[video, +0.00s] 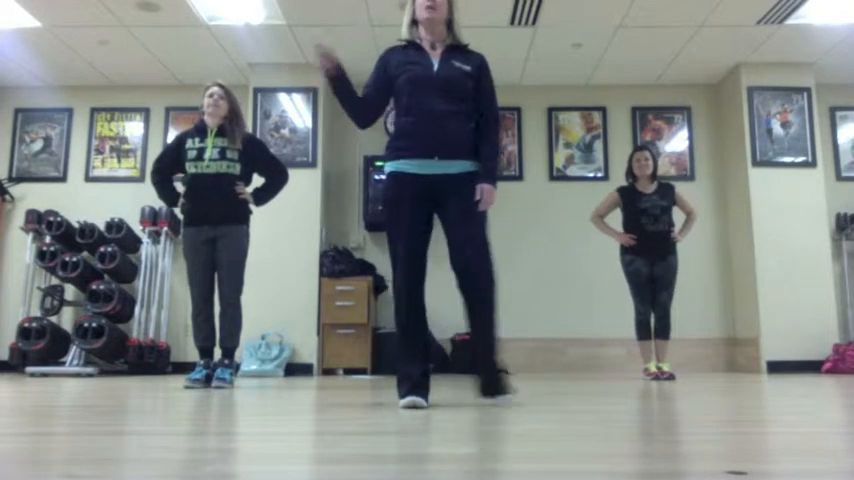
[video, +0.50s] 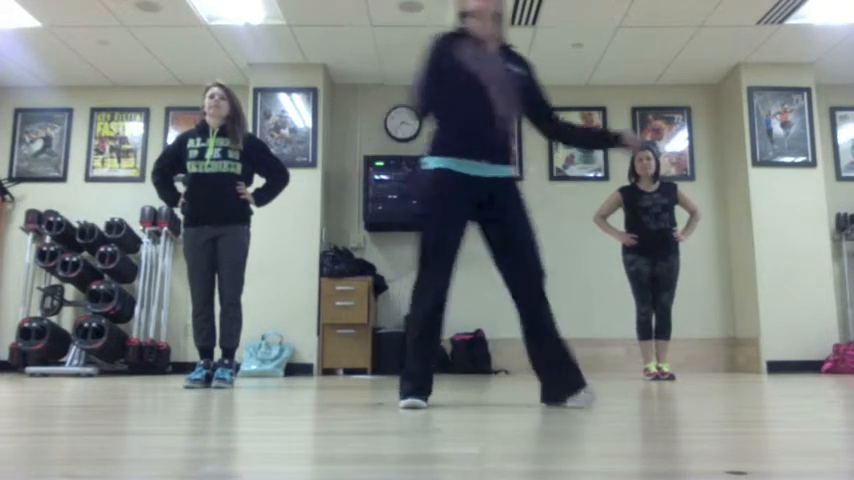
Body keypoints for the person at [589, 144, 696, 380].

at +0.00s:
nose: (642, 164)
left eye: (646, 160)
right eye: (638, 161)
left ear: (654, 163)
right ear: (631, 166)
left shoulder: (667, 191)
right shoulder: (624, 193)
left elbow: (692, 213)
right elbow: (595, 217)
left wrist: (680, 235)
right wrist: (617, 235)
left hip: (665, 253)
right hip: (636, 255)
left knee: (663, 307)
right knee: (642, 309)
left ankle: (662, 362)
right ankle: (648, 363)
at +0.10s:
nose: (642, 164)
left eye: (646, 160)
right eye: (638, 161)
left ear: (654, 163)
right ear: (632, 165)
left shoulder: (668, 190)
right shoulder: (624, 193)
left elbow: (692, 213)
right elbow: (596, 217)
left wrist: (681, 235)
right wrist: (617, 235)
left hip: (665, 253)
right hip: (636, 255)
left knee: (663, 307)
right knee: (643, 309)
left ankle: (662, 362)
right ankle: (648, 363)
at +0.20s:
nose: (643, 164)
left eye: (647, 159)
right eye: (639, 160)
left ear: (655, 163)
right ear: (632, 165)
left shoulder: (668, 190)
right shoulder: (625, 193)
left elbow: (693, 212)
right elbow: (597, 217)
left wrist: (682, 234)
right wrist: (618, 235)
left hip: (666, 253)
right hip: (637, 255)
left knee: (663, 307)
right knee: (643, 309)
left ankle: (662, 362)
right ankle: (648, 363)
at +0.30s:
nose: (644, 163)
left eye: (647, 159)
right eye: (639, 160)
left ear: (655, 162)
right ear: (633, 165)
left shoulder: (669, 190)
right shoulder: (625, 193)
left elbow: (694, 212)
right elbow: (598, 217)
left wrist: (683, 234)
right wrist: (618, 235)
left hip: (666, 253)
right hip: (637, 255)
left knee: (663, 308)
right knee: (644, 309)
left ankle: (662, 362)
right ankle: (649, 364)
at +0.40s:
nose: (644, 163)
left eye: (648, 159)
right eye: (639, 160)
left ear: (656, 162)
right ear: (633, 165)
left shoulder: (669, 190)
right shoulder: (625, 193)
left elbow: (695, 212)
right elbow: (598, 217)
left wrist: (684, 234)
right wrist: (618, 235)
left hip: (667, 253)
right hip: (637, 255)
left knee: (664, 307)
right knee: (644, 308)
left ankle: (662, 362)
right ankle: (649, 363)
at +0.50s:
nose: (644, 163)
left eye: (648, 159)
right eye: (640, 160)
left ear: (656, 163)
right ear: (634, 166)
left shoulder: (670, 190)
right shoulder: (625, 193)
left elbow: (695, 212)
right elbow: (598, 217)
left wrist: (684, 233)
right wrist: (618, 235)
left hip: (667, 253)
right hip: (638, 254)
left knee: (664, 307)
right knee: (644, 308)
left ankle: (662, 362)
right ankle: (649, 363)